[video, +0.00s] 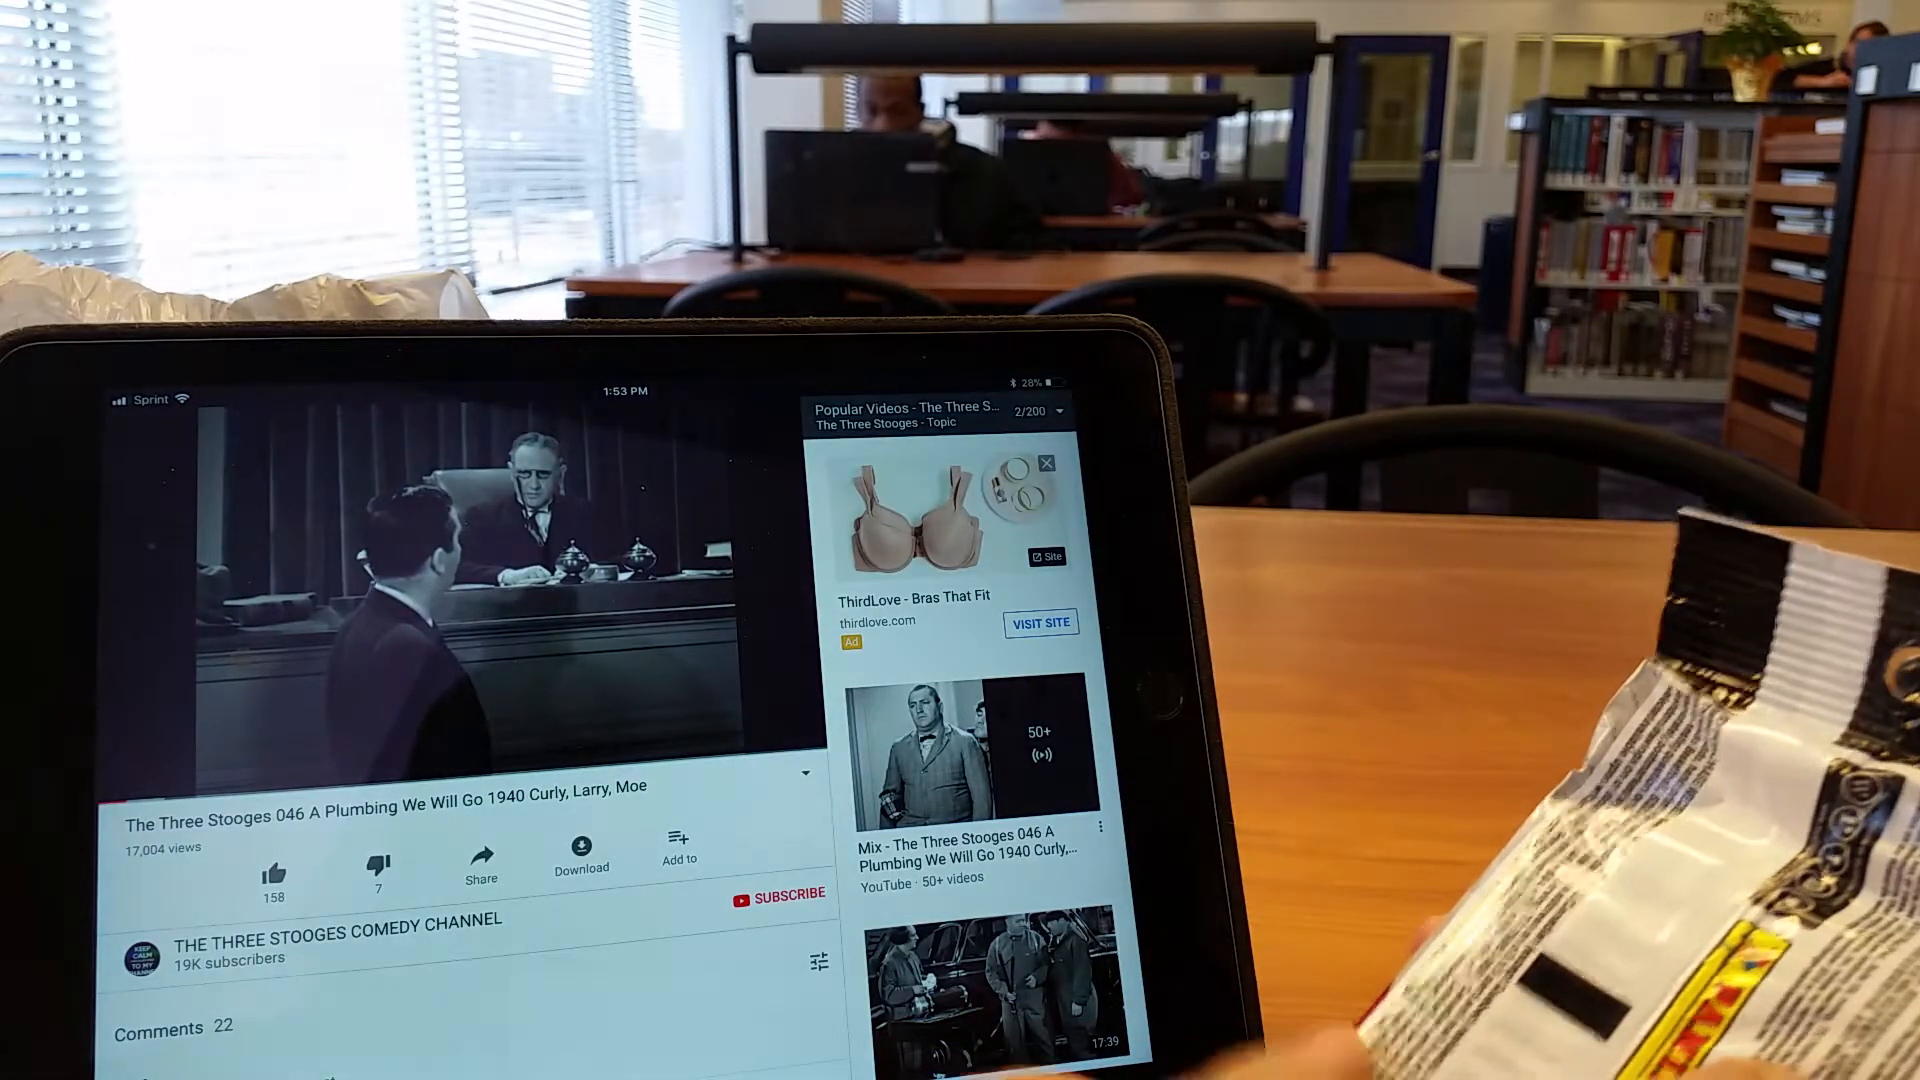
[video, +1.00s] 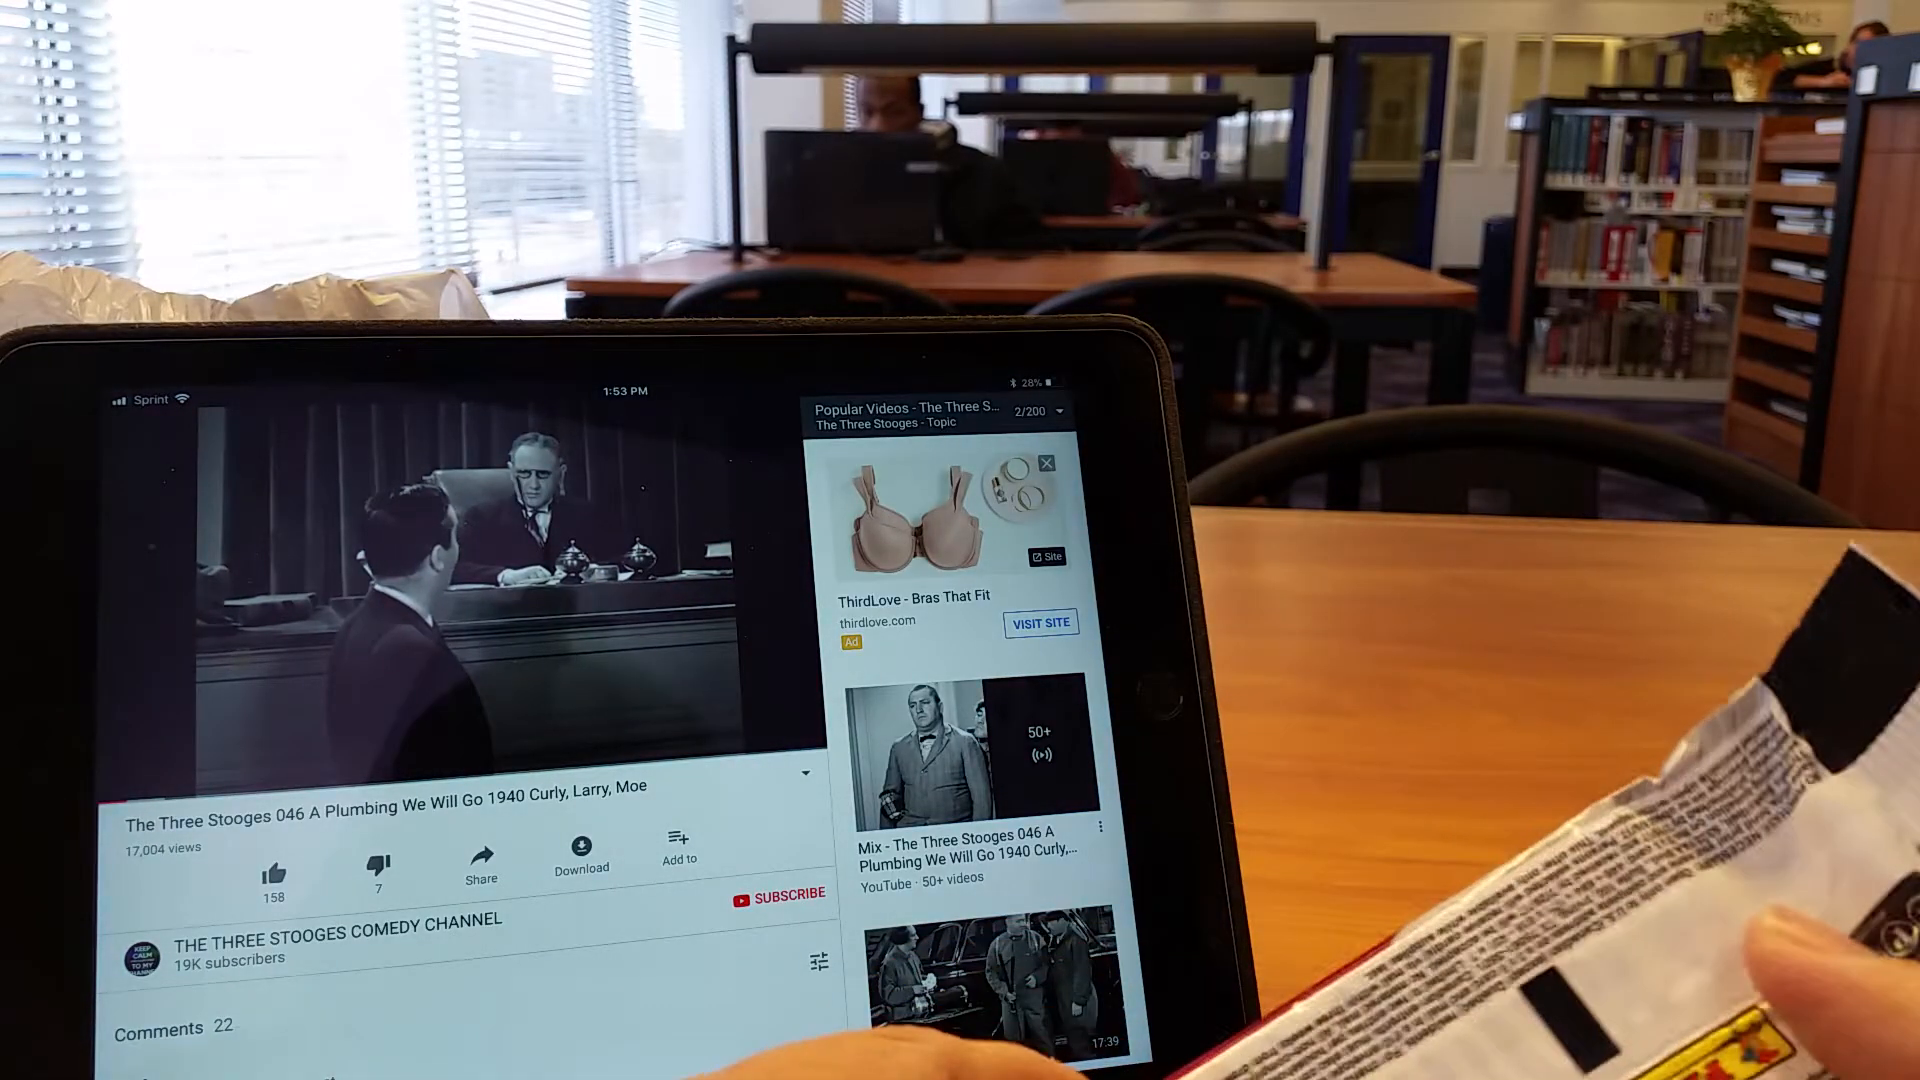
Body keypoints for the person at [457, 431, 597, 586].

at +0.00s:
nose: (534, 485)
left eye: (543, 475)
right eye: (524, 475)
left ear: (561, 474)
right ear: (511, 471)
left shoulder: (583, 515)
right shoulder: (482, 519)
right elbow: (455, 568)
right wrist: (504, 576)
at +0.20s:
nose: (534, 485)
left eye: (543, 475)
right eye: (524, 475)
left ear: (560, 474)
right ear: (511, 470)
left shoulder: (583, 515)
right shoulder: (482, 519)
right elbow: (455, 568)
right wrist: (504, 576)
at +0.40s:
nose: (533, 485)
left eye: (543, 475)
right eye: (524, 475)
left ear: (561, 473)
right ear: (512, 472)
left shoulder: (583, 515)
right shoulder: (483, 518)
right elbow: (455, 568)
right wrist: (504, 576)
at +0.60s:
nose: (533, 484)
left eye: (543, 475)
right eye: (524, 474)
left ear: (561, 473)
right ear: (511, 470)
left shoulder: (584, 515)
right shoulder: (484, 518)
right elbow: (456, 568)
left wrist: (590, 569)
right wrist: (505, 576)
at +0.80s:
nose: (533, 484)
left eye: (543, 475)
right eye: (524, 474)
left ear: (561, 472)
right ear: (511, 470)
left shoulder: (584, 515)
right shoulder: (483, 519)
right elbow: (455, 568)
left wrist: (591, 569)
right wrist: (505, 576)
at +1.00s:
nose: (533, 485)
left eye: (543, 475)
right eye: (524, 474)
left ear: (561, 473)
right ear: (511, 471)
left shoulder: (584, 515)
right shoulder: (483, 518)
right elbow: (454, 569)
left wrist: (593, 568)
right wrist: (504, 576)